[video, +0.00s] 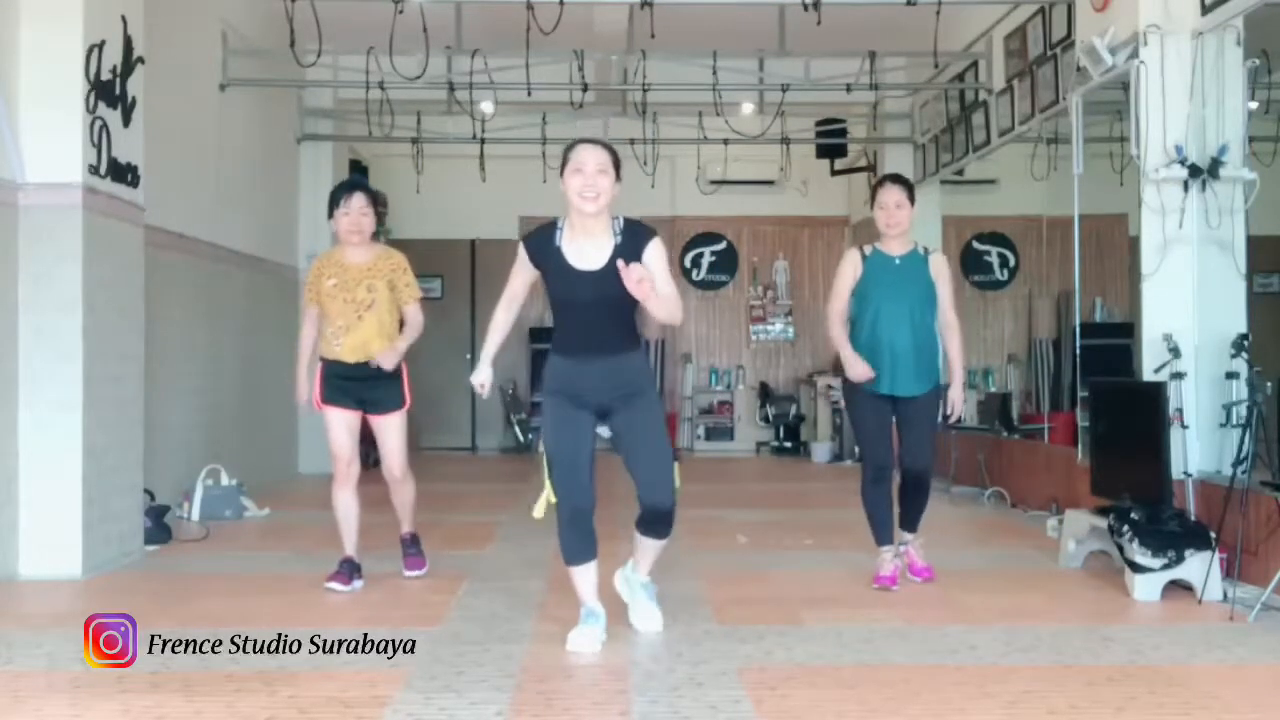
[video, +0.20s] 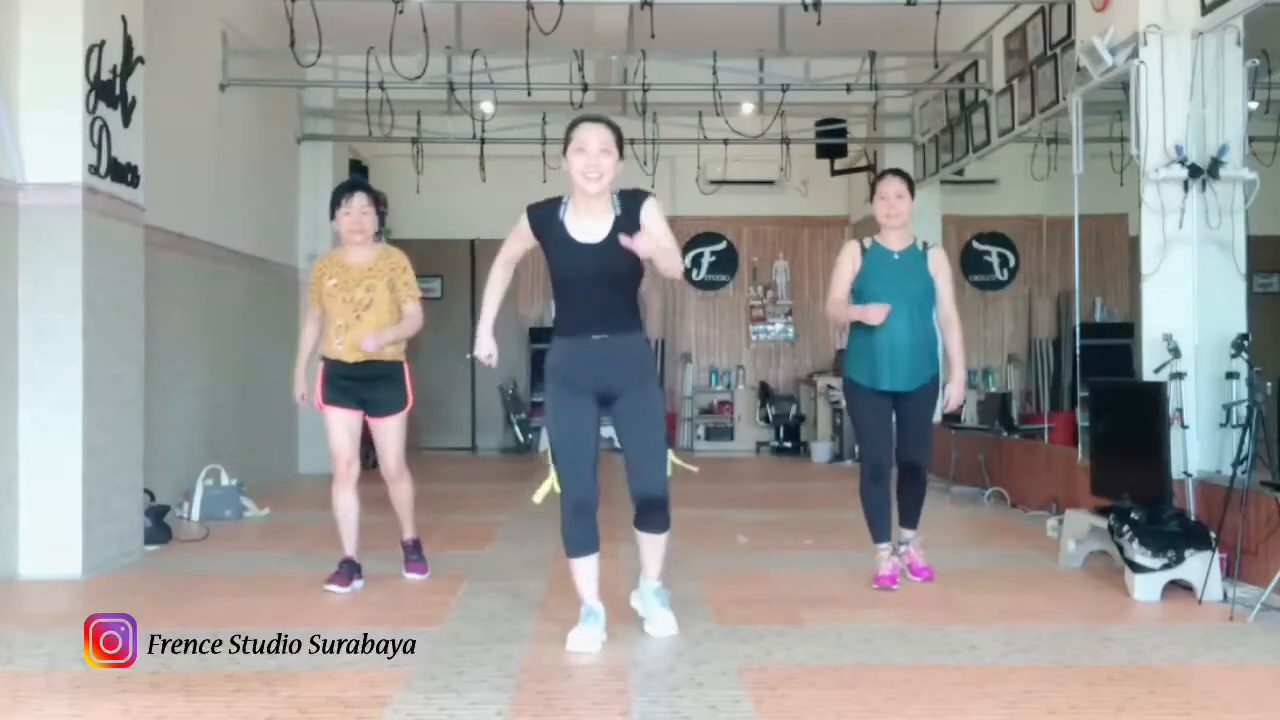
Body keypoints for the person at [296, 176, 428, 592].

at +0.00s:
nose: (354, 219)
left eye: (363, 212)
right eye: (346, 212)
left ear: (375, 219)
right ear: (332, 219)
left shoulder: (393, 262)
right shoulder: (322, 267)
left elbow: (416, 319)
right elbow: (309, 325)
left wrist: (398, 348)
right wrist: (303, 377)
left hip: (383, 371)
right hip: (336, 372)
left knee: (395, 469)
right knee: (344, 468)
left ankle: (408, 537)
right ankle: (350, 559)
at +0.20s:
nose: (355, 218)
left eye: (364, 211)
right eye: (347, 211)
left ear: (377, 219)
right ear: (334, 219)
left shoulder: (394, 261)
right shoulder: (324, 267)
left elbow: (414, 319)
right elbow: (313, 321)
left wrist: (382, 336)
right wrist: (300, 369)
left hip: (385, 372)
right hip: (337, 372)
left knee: (393, 468)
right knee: (344, 468)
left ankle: (410, 543)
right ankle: (349, 560)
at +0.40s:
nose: (357, 220)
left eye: (365, 212)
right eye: (347, 212)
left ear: (377, 219)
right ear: (334, 220)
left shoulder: (393, 264)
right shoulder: (323, 267)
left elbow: (405, 328)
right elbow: (310, 325)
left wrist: (408, 381)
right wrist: (296, 382)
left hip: (380, 372)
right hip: (331, 372)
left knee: (387, 474)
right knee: (340, 469)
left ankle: (406, 537)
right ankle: (348, 561)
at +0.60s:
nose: (355, 221)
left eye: (364, 214)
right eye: (347, 213)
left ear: (376, 221)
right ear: (332, 222)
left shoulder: (390, 265)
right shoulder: (319, 269)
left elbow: (411, 321)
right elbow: (303, 319)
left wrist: (427, 377)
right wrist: (299, 352)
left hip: (376, 371)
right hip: (328, 371)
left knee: (372, 462)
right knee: (337, 468)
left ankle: (384, 543)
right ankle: (348, 559)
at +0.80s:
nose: (358, 222)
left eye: (366, 214)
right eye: (349, 214)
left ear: (376, 220)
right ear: (333, 219)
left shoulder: (391, 263)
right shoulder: (318, 266)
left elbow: (406, 319)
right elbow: (302, 330)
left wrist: (418, 372)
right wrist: (319, 323)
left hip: (376, 368)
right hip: (328, 367)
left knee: (363, 466)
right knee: (339, 467)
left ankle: (367, 565)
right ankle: (348, 560)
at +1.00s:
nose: (359, 222)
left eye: (367, 215)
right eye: (350, 214)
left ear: (377, 220)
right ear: (334, 220)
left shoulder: (393, 263)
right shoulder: (319, 267)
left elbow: (408, 317)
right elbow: (304, 331)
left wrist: (416, 368)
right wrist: (330, 321)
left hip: (377, 367)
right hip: (329, 367)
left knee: (362, 452)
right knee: (339, 464)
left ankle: (365, 555)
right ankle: (347, 558)